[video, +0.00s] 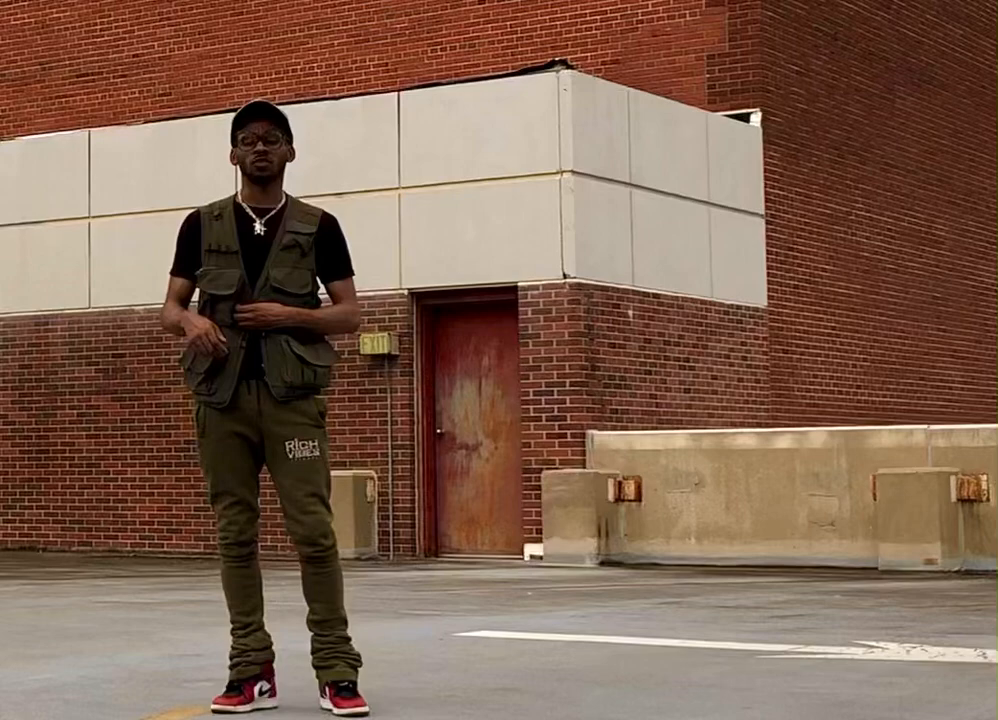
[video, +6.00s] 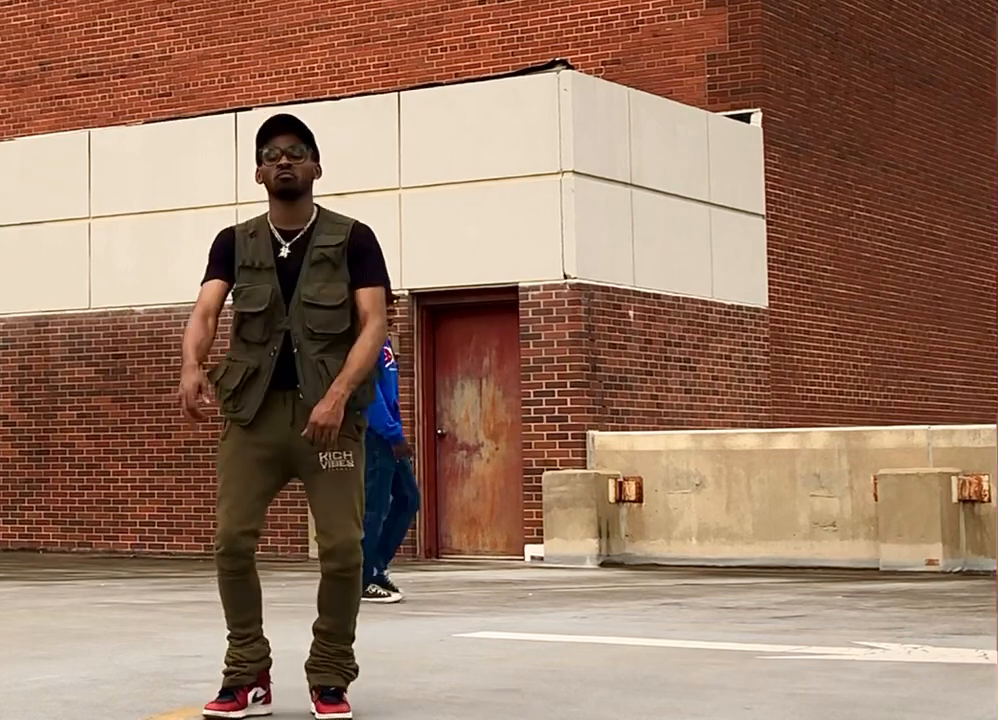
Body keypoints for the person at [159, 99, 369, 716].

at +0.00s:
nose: (261, 149)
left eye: (272, 141)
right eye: (250, 142)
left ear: (289, 151)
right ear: (234, 153)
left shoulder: (318, 226)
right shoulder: (202, 226)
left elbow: (349, 315)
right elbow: (172, 308)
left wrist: (286, 314)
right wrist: (189, 319)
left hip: (294, 402)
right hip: (222, 404)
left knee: (314, 536)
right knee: (236, 538)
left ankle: (337, 671)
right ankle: (250, 666)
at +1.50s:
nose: (275, 150)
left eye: (278, 141)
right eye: (261, 141)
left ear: (281, 152)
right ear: (227, 152)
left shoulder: (304, 225)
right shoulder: (189, 235)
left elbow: (331, 316)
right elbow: (178, 327)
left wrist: (336, 392)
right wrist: (175, 407)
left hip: (289, 403)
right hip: (215, 408)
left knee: (311, 539)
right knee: (233, 542)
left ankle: (337, 672)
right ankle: (250, 667)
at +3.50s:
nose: (241, 154)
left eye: (251, 145)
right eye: (230, 145)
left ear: (269, 155)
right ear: (213, 156)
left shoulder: (303, 224)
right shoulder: (189, 235)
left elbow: (328, 317)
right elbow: (178, 327)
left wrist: (333, 403)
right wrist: (173, 408)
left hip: (288, 402)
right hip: (213, 406)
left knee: (309, 537)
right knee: (232, 540)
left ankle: (336, 671)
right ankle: (250, 667)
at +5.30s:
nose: (327, 192)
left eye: (339, 183)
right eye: (316, 181)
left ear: (352, 193)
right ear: (296, 185)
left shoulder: (371, 262)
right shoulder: (252, 244)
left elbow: (404, 342)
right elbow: (223, 323)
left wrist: (419, 411)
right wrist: (229, 375)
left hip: (329, 424)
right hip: (250, 420)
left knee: (351, 543)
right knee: (224, 540)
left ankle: (326, 676)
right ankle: (258, 662)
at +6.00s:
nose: (284, 163)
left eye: (295, 155)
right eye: (272, 157)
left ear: (315, 168)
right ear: (260, 172)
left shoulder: (353, 238)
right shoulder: (234, 242)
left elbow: (375, 325)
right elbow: (204, 313)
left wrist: (338, 392)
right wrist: (190, 367)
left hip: (331, 413)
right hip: (251, 413)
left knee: (342, 550)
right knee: (231, 543)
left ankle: (329, 677)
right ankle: (246, 673)